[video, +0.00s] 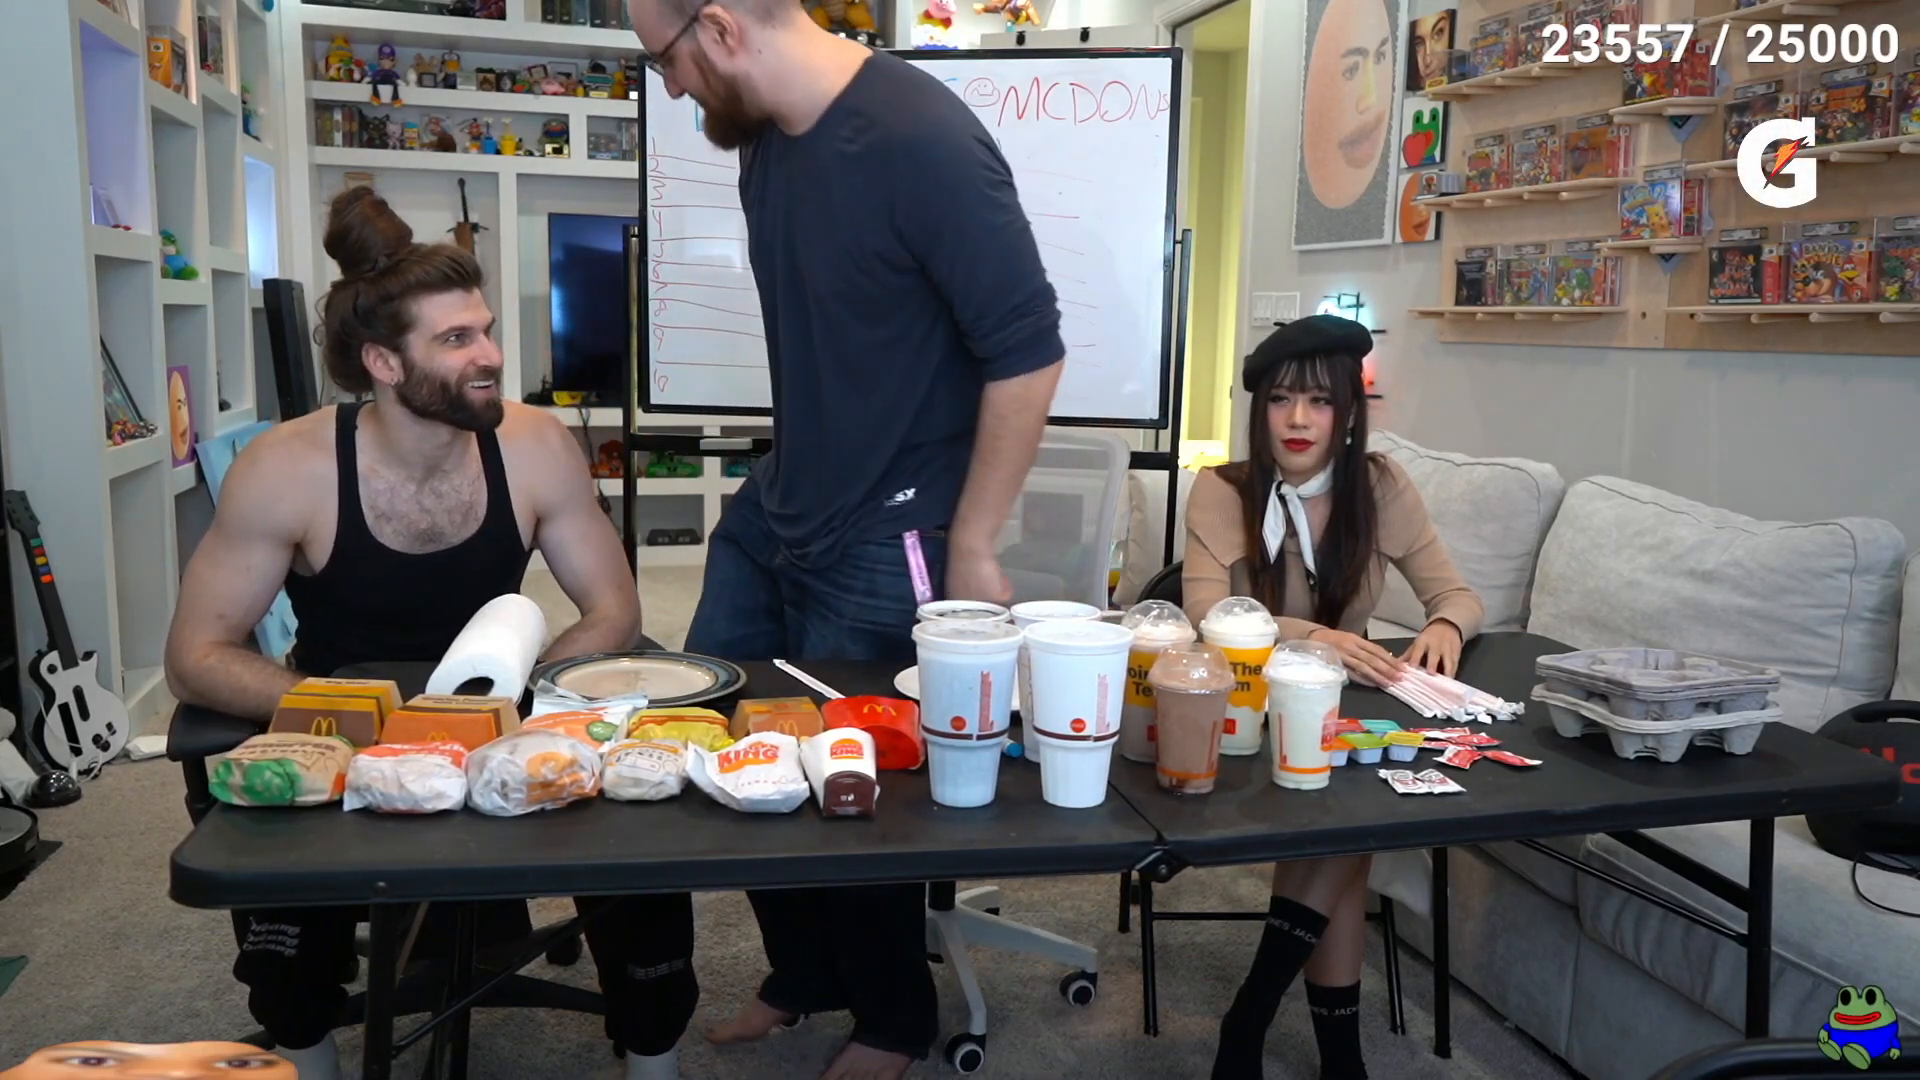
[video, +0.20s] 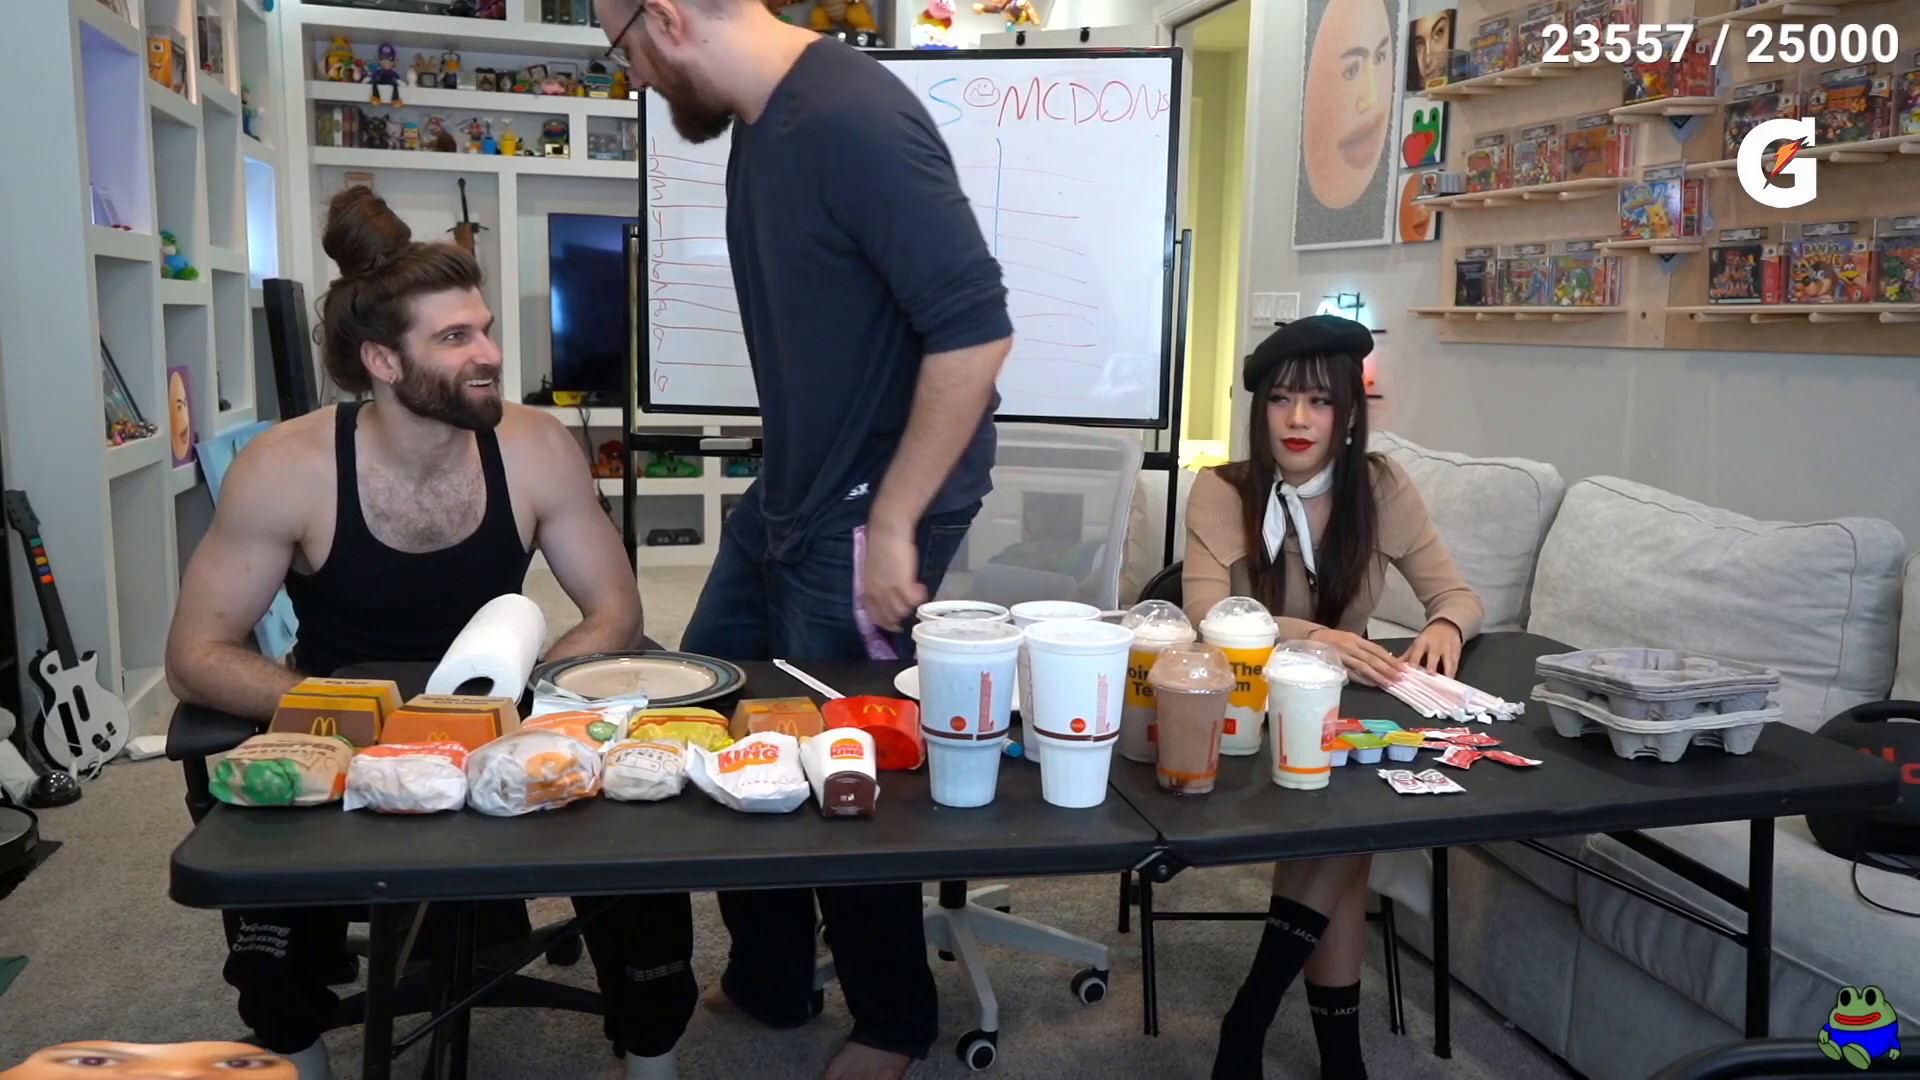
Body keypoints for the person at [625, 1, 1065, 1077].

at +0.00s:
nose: (671, 86)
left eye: (664, 58)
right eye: (659, 65)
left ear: (722, 27)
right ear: (729, 28)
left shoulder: (924, 139)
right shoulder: (764, 144)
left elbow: (1027, 351)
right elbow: (809, 339)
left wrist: (973, 539)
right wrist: (786, 477)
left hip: (887, 536)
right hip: (772, 513)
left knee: (862, 799)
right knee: (737, 756)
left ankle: (898, 1024)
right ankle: (801, 975)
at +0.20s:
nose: (634, 79)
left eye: (623, 49)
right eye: (621, 55)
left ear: (671, 20)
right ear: (686, 18)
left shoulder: (854, 121)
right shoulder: (765, 122)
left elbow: (972, 335)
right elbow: (827, 328)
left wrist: (894, 521)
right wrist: (784, 485)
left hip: (866, 522)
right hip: (783, 505)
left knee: (850, 771)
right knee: (716, 730)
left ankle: (893, 1025)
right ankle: (770, 980)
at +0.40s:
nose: (602, 86)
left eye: (589, 56)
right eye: (588, 64)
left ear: (621, 23)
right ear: (650, 18)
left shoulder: (783, 93)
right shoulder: (741, 111)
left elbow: (885, 311)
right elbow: (793, 318)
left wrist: (758, 463)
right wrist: (753, 464)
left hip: (860, 481)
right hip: (794, 478)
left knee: (809, 734)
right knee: (692, 691)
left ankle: (897, 1022)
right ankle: (724, 941)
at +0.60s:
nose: (568, 84)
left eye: (560, 57)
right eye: (558, 65)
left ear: (586, 24)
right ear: (638, 15)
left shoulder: (714, 100)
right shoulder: (717, 94)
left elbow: (757, 317)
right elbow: (758, 311)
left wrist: (652, 381)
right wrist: (664, 382)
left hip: (792, 472)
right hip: (766, 468)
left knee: (778, 741)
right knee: (703, 703)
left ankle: (894, 1016)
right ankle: (719, 903)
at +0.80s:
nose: (519, 77)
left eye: (512, 53)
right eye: (517, 56)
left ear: (530, 32)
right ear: (607, 21)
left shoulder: (620, 120)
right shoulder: (707, 101)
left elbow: (654, 331)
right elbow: (734, 291)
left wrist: (564, 359)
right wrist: (614, 359)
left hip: (715, 460)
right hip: (779, 441)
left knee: (699, 719)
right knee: (718, 697)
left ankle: (856, 956)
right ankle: (721, 902)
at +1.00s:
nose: (462, 110)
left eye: (455, 92)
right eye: (457, 94)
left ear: (465, 75)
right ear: (548, 51)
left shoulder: (523, 154)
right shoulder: (658, 122)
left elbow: (570, 334)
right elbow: (689, 280)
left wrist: (496, 413)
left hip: (642, 473)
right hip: (746, 458)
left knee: (627, 689)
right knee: (728, 684)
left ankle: (631, 915)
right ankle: (727, 902)